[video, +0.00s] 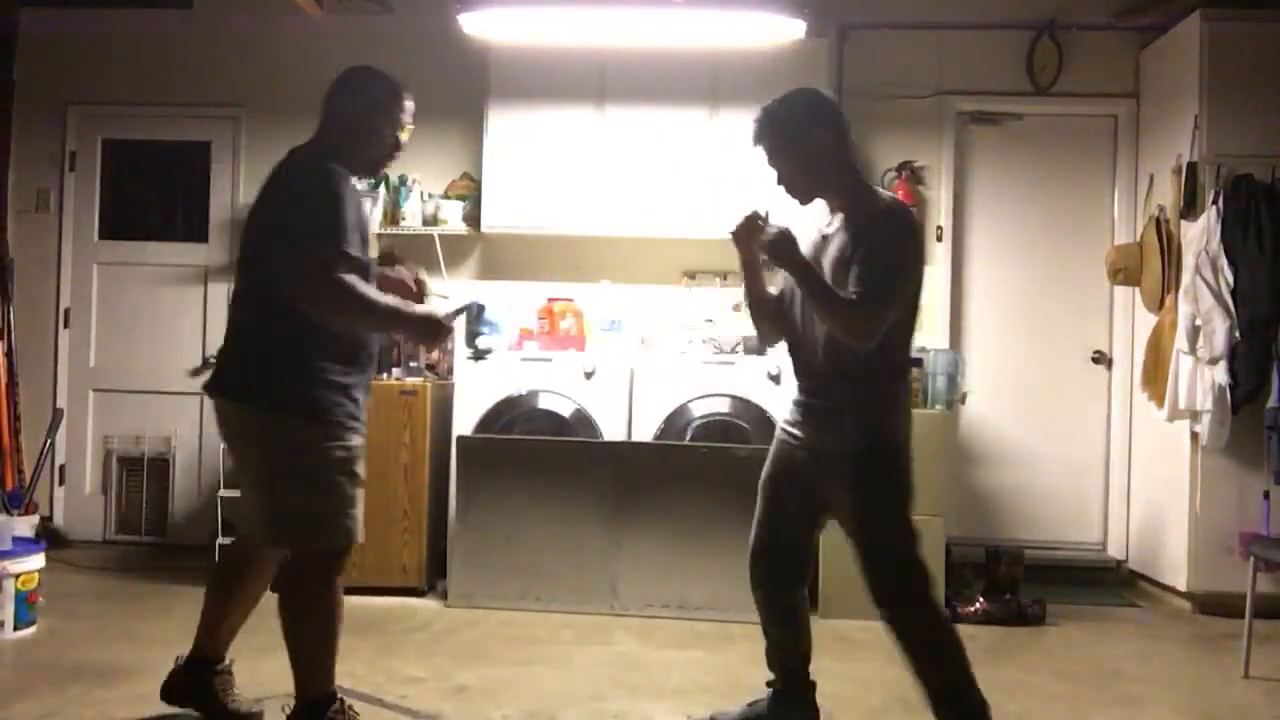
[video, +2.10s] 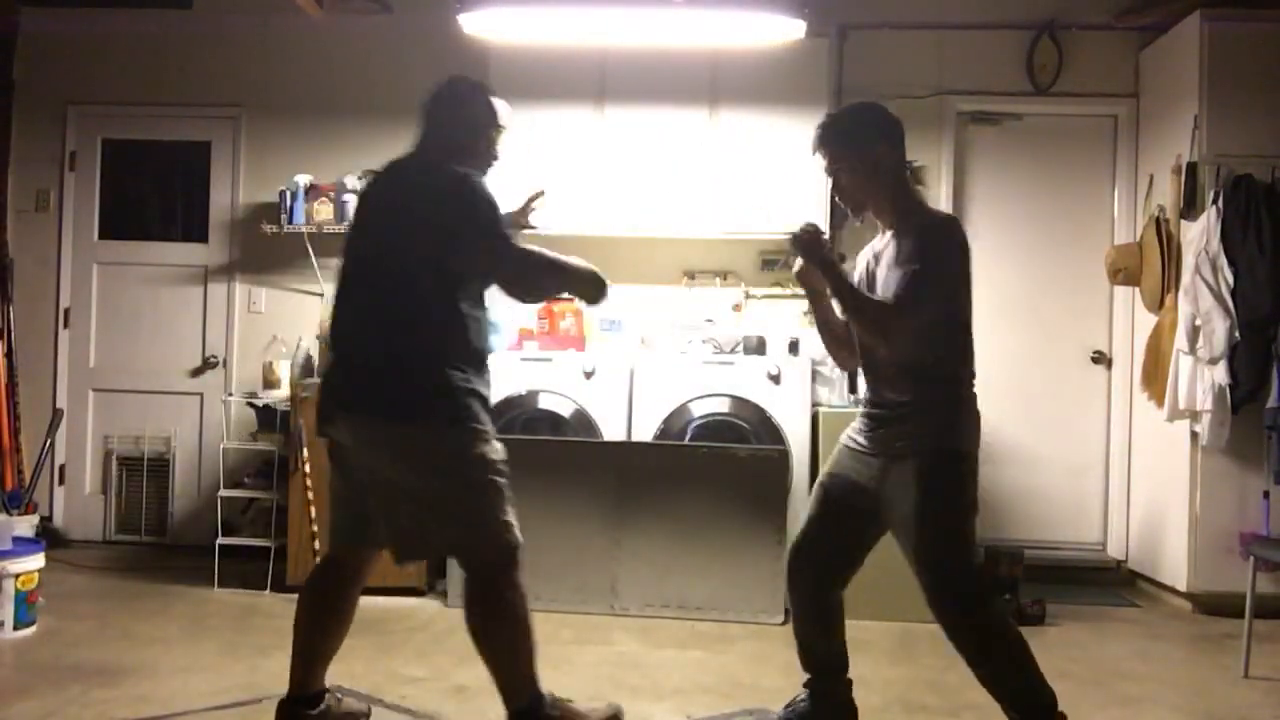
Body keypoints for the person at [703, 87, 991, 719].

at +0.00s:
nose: (776, 176)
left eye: (781, 159)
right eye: (770, 162)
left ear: (826, 143)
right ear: (809, 155)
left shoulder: (889, 224)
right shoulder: (807, 233)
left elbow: (864, 327)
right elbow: (772, 329)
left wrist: (794, 262)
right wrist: (750, 265)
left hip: (867, 440)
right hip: (800, 430)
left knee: (900, 592)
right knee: (773, 569)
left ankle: (967, 713)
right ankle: (791, 697)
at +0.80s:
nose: (784, 184)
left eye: (788, 166)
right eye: (779, 169)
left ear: (828, 153)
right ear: (825, 159)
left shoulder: (890, 226)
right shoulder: (833, 243)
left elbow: (846, 321)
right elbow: (801, 344)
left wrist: (784, 265)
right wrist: (771, 275)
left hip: (880, 439)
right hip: (826, 434)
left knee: (908, 592)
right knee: (773, 566)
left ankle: (978, 714)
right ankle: (775, 696)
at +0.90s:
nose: (783, 184)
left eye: (786, 167)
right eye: (778, 170)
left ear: (826, 154)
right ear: (833, 156)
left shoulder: (857, 221)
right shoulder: (869, 218)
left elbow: (766, 290)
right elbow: (874, 340)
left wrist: (706, 305)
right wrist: (818, 303)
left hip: (928, 427)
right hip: (880, 424)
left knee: (936, 586)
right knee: (822, 561)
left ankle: (989, 712)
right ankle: (784, 693)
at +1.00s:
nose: (796, 190)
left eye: (797, 174)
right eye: (791, 177)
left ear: (833, 157)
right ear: (844, 156)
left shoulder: (856, 233)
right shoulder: (910, 215)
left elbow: (780, 330)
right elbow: (941, 309)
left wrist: (697, 343)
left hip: (939, 427)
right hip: (901, 421)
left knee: (942, 595)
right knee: (856, 553)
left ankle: (992, 714)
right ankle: (838, 692)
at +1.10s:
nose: (814, 187)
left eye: (817, 170)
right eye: (809, 172)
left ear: (852, 158)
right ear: (864, 158)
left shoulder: (876, 241)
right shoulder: (931, 219)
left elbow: (844, 356)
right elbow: (927, 324)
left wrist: (785, 354)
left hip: (937, 430)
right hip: (915, 424)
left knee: (934, 600)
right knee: (862, 557)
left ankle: (990, 716)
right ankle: (843, 692)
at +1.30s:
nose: (842, 174)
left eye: (847, 157)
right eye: (838, 160)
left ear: (890, 144)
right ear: (885, 149)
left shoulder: (938, 217)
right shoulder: (906, 224)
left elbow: (928, 329)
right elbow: (904, 319)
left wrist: (853, 296)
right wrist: (851, 297)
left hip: (939, 433)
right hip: (891, 430)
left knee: (941, 600)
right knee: (844, 564)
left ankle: (990, 715)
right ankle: (853, 695)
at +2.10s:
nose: (832, 189)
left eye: (839, 171)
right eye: (827, 174)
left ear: (884, 161)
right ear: (872, 168)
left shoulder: (937, 237)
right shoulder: (873, 254)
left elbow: (894, 340)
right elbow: (850, 355)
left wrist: (829, 269)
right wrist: (816, 293)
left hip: (931, 443)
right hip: (870, 435)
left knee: (960, 604)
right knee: (810, 568)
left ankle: (1041, 714)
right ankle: (829, 699)